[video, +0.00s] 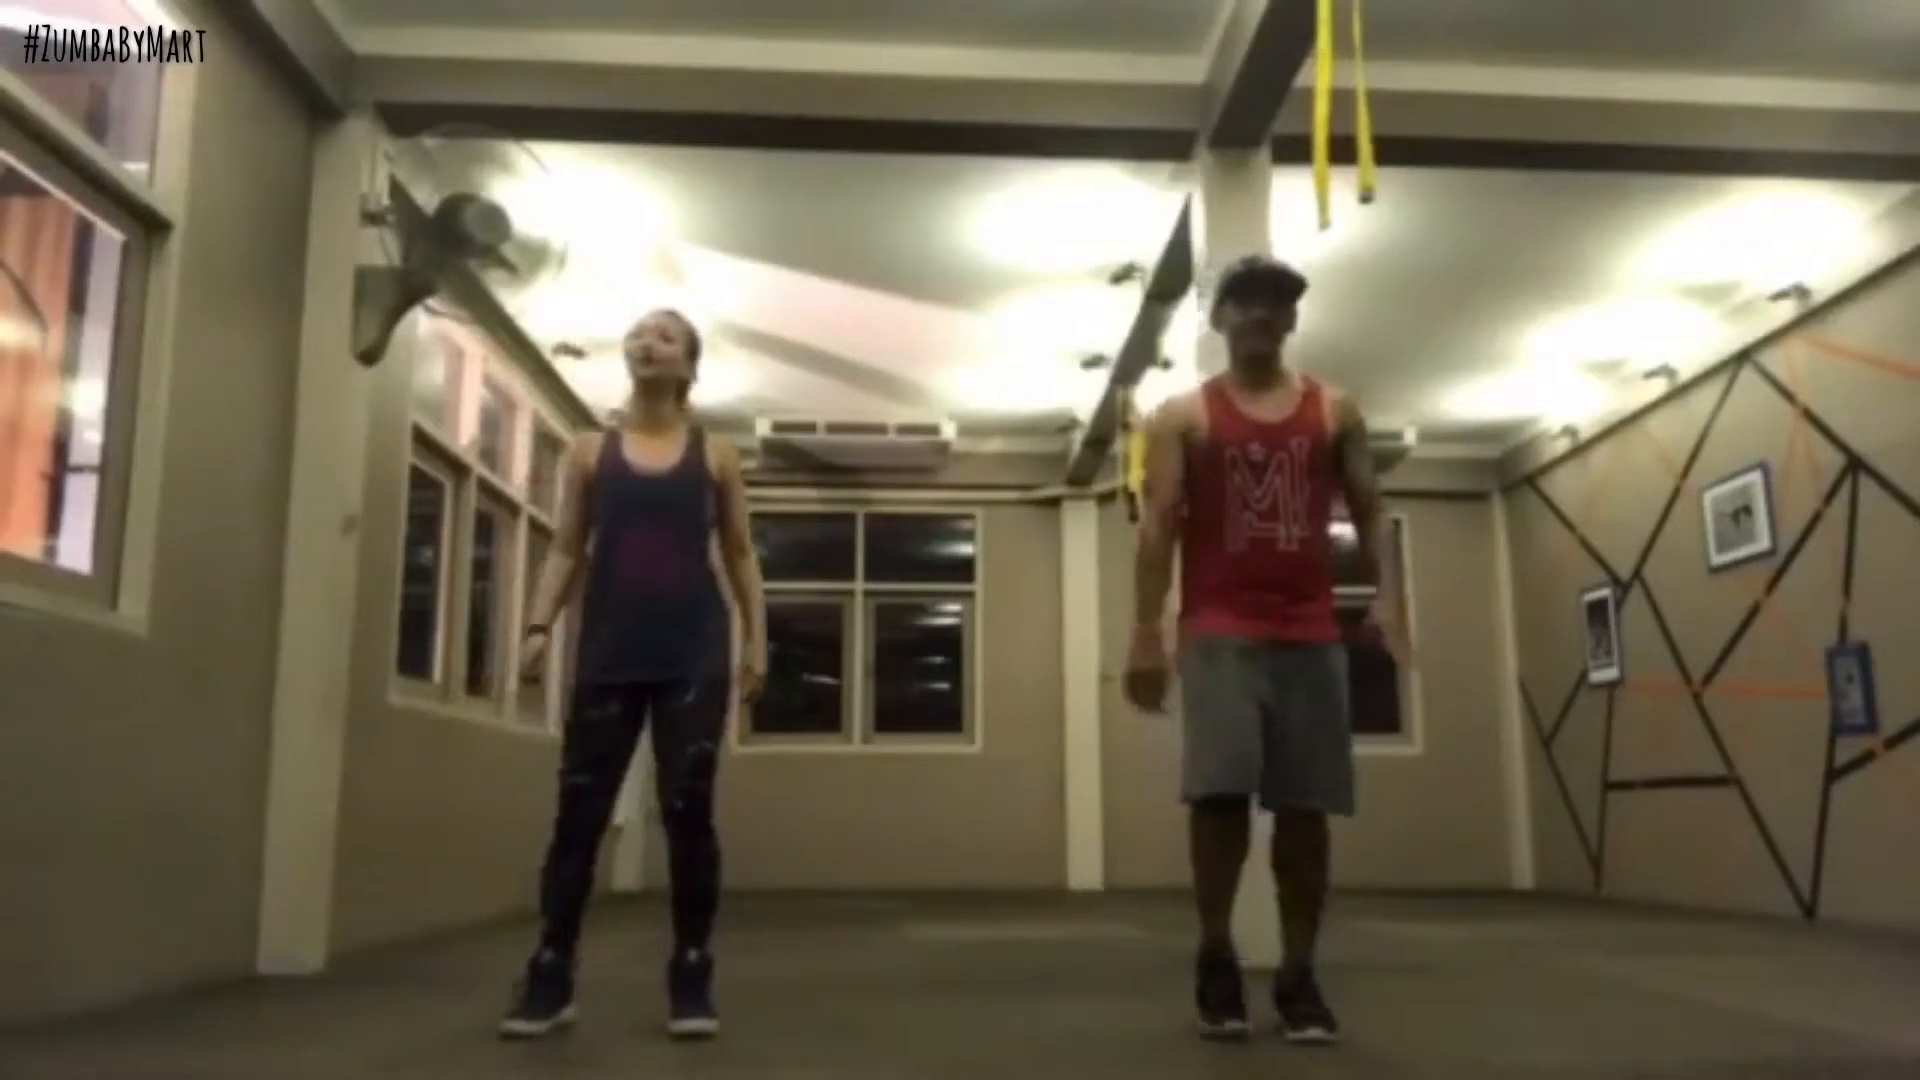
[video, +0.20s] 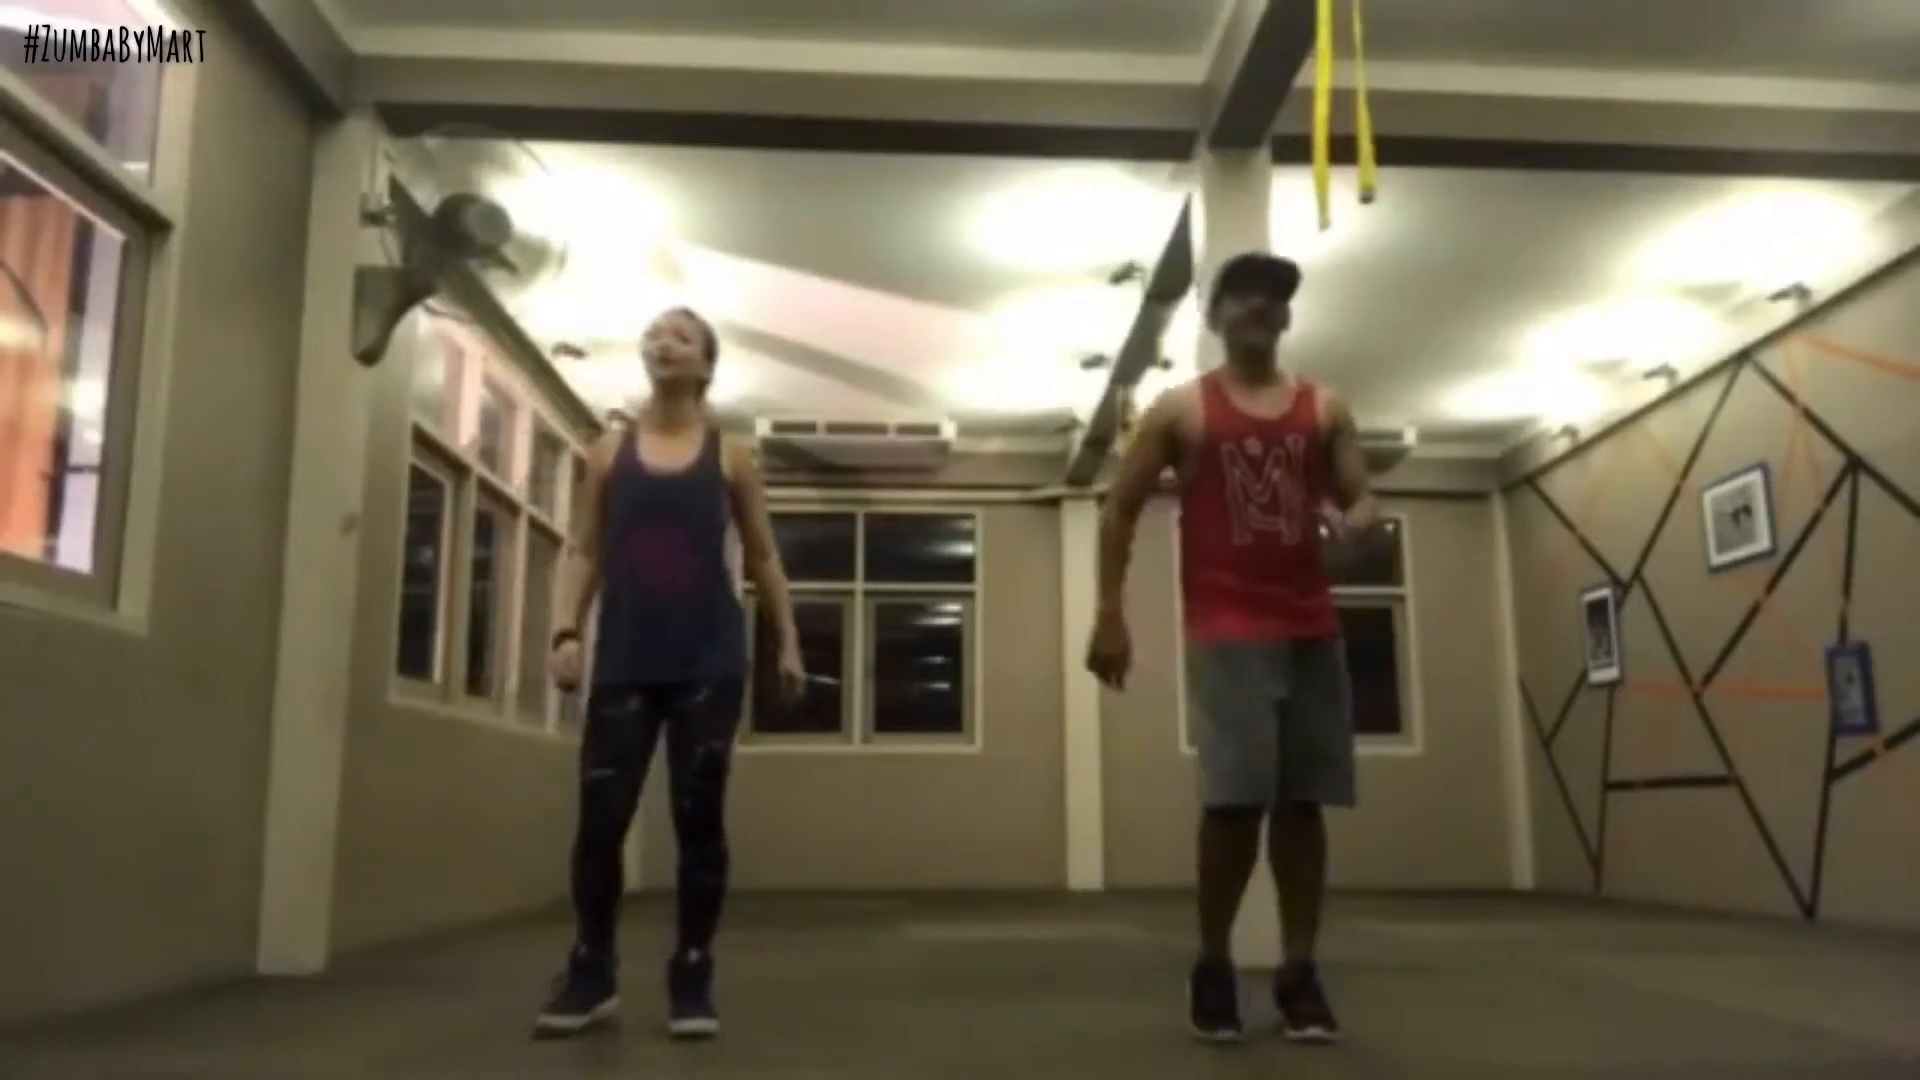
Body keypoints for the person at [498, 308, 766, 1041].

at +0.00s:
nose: (649, 344)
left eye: (666, 336)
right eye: (641, 335)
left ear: (691, 363)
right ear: (626, 355)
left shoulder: (715, 456)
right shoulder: (591, 452)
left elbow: (738, 553)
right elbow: (568, 548)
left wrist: (755, 639)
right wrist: (539, 624)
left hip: (694, 658)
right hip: (607, 657)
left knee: (689, 817)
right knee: (578, 818)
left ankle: (692, 982)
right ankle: (548, 980)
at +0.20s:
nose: (666, 343)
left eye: (683, 336)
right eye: (657, 333)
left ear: (707, 362)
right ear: (641, 355)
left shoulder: (729, 455)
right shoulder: (607, 452)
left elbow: (763, 559)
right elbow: (583, 550)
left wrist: (787, 643)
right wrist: (567, 628)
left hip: (709, 661)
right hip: (623, 659)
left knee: (699, 824)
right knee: (599, 822)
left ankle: (693, 981)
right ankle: (590, 975)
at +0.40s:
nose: (670, 344)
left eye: (686, 337)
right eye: (660, 335)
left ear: (711, 362)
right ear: (645, 356)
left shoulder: (733, 454)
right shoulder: (613, 453)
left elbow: (763, 556)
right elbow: (586, 554)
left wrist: (783, 637)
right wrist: (568, 641)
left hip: (708, 659)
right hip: (624, 657)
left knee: (699, 821)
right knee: (602, 818)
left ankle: (693, 981)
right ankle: (599, 975)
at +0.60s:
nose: (658, 343)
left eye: (674, 335)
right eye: (649, 335)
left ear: (699, 358)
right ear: (636, 355)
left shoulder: (726, 449)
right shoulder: (603, 449)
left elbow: (748, 548)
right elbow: (579, 548)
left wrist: (746, 620)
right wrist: (555, 635)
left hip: (694, 656)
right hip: (609, 654)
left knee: (693, 820)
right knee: (588, 813)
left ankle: (692, 980)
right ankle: (586, 972)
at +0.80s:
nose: (639, 349)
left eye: (655, 340)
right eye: (630, 340)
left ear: (679, 361)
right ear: (614, 356)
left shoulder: (699, 451)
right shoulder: (581, 449)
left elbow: (721, 549)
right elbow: (554, 539)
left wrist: (726, 632)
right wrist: (531, 619)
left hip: (671, 659)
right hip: (588, 659)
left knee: (674, 819)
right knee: (587, 820)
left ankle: (691, 978)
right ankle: (589, 976)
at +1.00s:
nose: (622, 351)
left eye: (638, 341)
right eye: (613, 341)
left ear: (664, 362)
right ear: (597, 357)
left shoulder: (688, 451)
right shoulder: (568, 450)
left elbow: (714, 552)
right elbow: (538, 542)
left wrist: (725, 639)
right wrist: (502, 621)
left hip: (660, 657)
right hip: (577, 658)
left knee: (659, 813)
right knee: (584, 819)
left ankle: (677, 972)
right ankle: (589, 975)